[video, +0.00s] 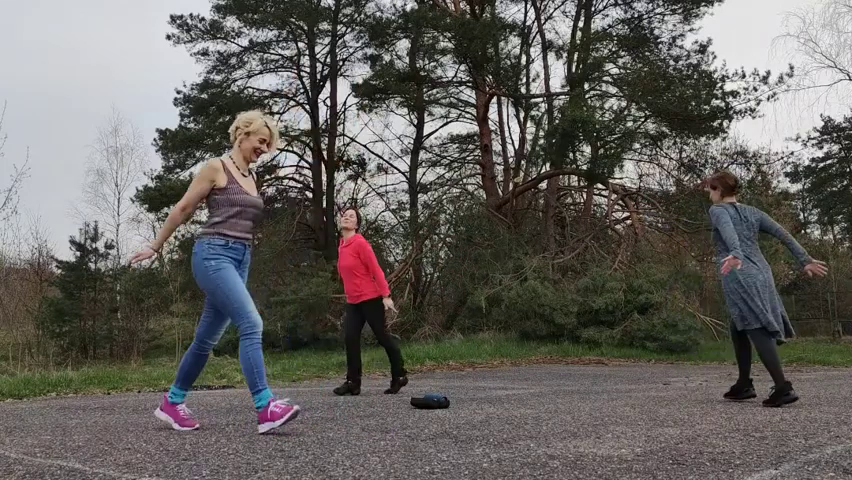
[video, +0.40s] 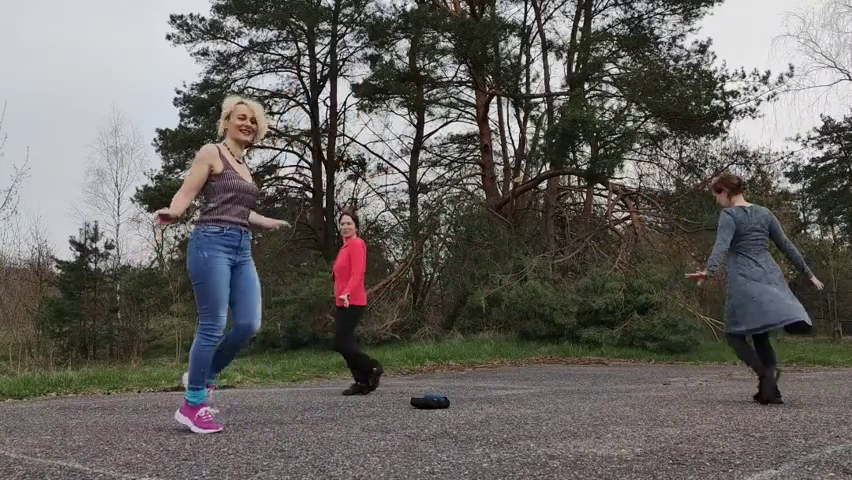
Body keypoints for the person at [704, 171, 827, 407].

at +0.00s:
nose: (709, 194)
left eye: (711, 190)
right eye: (709, 190)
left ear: (719, 190)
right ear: (733, 190)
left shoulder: (717, 210)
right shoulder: (751, 211)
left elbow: (727, 228)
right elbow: (782, 233)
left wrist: (735, 252)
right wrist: (805, 259)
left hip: (740, 275)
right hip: (761, 273)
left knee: (756, 329)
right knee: (739, 327)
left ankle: (782, 387)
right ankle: (744, 383)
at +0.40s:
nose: (716, 201)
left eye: (716, 196)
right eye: (715, 196)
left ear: (725, 192)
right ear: (740, 190)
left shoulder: (729, 215)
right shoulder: (764, 213)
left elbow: (721, 245)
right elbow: (786, 245)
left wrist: (708, 270)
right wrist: (809, 274)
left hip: (744, 284)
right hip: (770, 281)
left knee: (734, 336)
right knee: (761, 335)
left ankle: (764, 372)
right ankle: (771, 390)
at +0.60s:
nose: (714, 201)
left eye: (714, 196)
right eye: (713, 197)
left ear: (722, 192)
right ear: (735, 190)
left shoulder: (726, 215)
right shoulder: (761, 211)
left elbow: (707, 238)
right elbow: (785, 238)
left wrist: (681, 256)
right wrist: (808, 255)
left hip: (739, 278)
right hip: (765, 275)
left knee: (728, 330)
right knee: (764, 331)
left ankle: (743, 374)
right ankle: (771, 388)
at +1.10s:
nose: (698, 208)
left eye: (698, 202)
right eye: (697, 203)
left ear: (707, 200)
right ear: (716, 198)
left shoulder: (706, 224)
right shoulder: (740, 219)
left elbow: (681, 244)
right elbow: (764, 239)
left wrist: (650, 250)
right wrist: (791, 250)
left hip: (714, 283)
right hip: (739, 280)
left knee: (722, 334)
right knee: (746, 330)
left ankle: (733, 384)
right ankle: (762, 379)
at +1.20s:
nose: (695, 209)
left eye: (696, 204)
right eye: (694, 204)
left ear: (704, 201)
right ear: (713, 199)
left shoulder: (705, 225)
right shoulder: (738, 221)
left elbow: (679, 245)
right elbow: (762, 242)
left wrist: (648, 252)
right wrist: (787, 256)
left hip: (714, 284)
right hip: (738, 282)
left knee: (718, 333)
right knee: (739, 331)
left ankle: (733, 384)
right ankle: (736, 375)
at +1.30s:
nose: (692, 211)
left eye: (693, 206)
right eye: (691, 206)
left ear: (702, 203)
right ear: (710, 202)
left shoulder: (704, 225)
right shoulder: (734, 222)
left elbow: (679, 244)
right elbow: (756, 245)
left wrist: (647, 252)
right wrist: (782, 262)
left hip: (714, 285)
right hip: (735, 282)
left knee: (716, 333)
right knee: (732, 326)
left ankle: (734, 385)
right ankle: (714, 352)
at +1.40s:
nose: (689, 212)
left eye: (690, 207)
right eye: (689, 208)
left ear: (697, 204)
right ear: (709, 203)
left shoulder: (701, 224)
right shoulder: (731, 223)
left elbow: (675, 243)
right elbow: (752, 248)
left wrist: (644, 248)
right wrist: (775, 264)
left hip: (713, 281)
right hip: (733, 280)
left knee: (717, 332)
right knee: (708, 319)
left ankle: (733, 383)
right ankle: (689, 350)